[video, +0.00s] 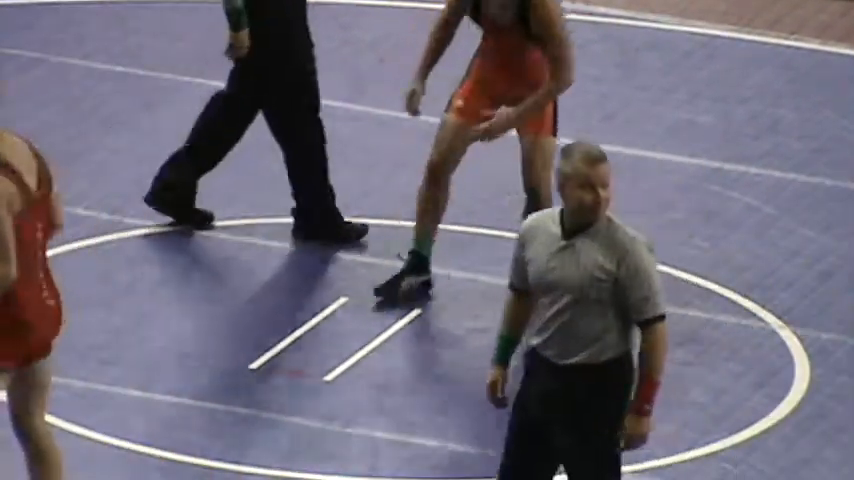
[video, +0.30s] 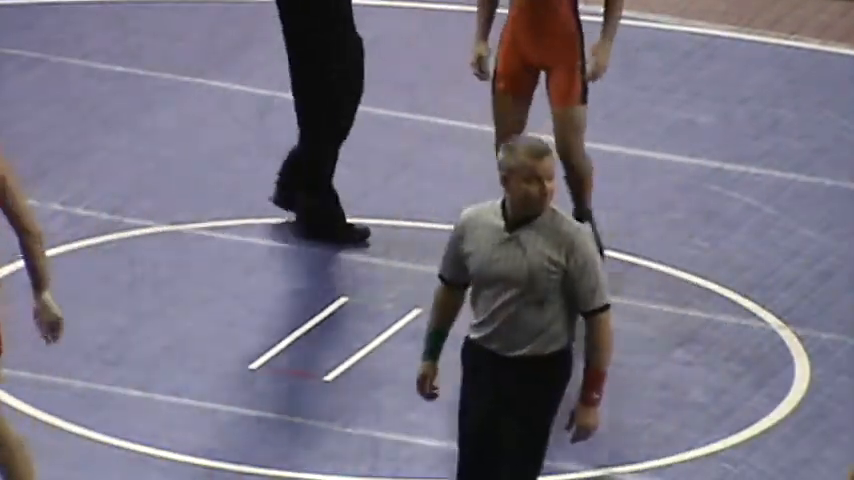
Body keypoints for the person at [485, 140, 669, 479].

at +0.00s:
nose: (598, 197)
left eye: (604, 187)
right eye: (587, 187)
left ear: (611, 187)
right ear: (561, 186)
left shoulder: (627, 249)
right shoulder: (533, 230)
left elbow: (654, 329)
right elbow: (521, 297)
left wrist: (642, 409)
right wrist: (500, 363)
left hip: (601, 381)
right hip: (542, 375)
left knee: (594, 472)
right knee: (518, 471)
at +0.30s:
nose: (544, 190)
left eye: (549, 180)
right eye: (532, 181)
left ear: (556, 180)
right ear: (504, 181)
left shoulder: (573, 239)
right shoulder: (472, 224)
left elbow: (599, 317)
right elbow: (450, 289)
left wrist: (590, 400)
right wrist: (430, 356)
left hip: (541, 370)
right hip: (482, 362)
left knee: (519, 466)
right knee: (474, 463)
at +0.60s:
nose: (510, 195)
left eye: (514, 185)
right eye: (498, 186)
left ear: (520, 183)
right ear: (468, 184)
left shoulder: (538, 243)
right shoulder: (432, 232)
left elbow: (565, 319)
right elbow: (410, 295)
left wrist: (552, 400)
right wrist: (388, 365)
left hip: (511, 373)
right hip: (452, 368)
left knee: (491, 470)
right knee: (453, 467)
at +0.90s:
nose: (484, 209)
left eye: (488, 199)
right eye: (472, 201)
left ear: (493, 197)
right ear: (441, 199)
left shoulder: (507, 260)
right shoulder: (406, 248)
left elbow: (537, 337)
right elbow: (386, 313)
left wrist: (541, 419)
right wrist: (369, 382)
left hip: (483, 391)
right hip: (422, 387)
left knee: (470, 473)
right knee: (423, 472)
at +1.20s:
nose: (405, 233)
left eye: (417, 224)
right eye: (401, 220)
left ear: (444, 218)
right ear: (395, 212)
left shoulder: (474, 273)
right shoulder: (377, 249)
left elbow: (503, 353)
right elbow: (363, 316)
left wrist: (493, 434)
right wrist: (340, 381)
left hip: (448, 406)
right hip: (386, 396)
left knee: (443, 473)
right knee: (350, 473)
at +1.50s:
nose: (330, 247)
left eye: (339, 239)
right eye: (324, 237)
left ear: (366, 230)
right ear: (317, 229)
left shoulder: (399, 283)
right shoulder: (310, 269)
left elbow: (429, 366)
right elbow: (299, 335)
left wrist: (420, 447)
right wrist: (284, 403)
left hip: (380, 415)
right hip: (320, 408)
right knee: (293, 472)